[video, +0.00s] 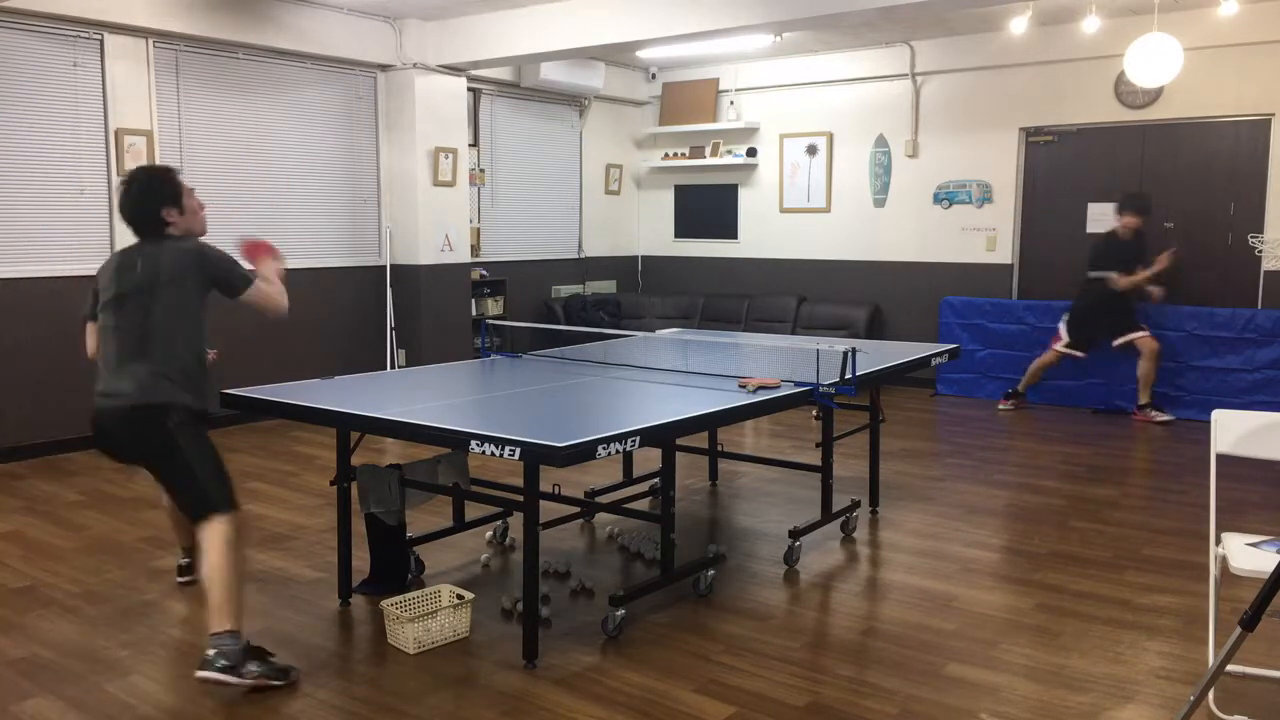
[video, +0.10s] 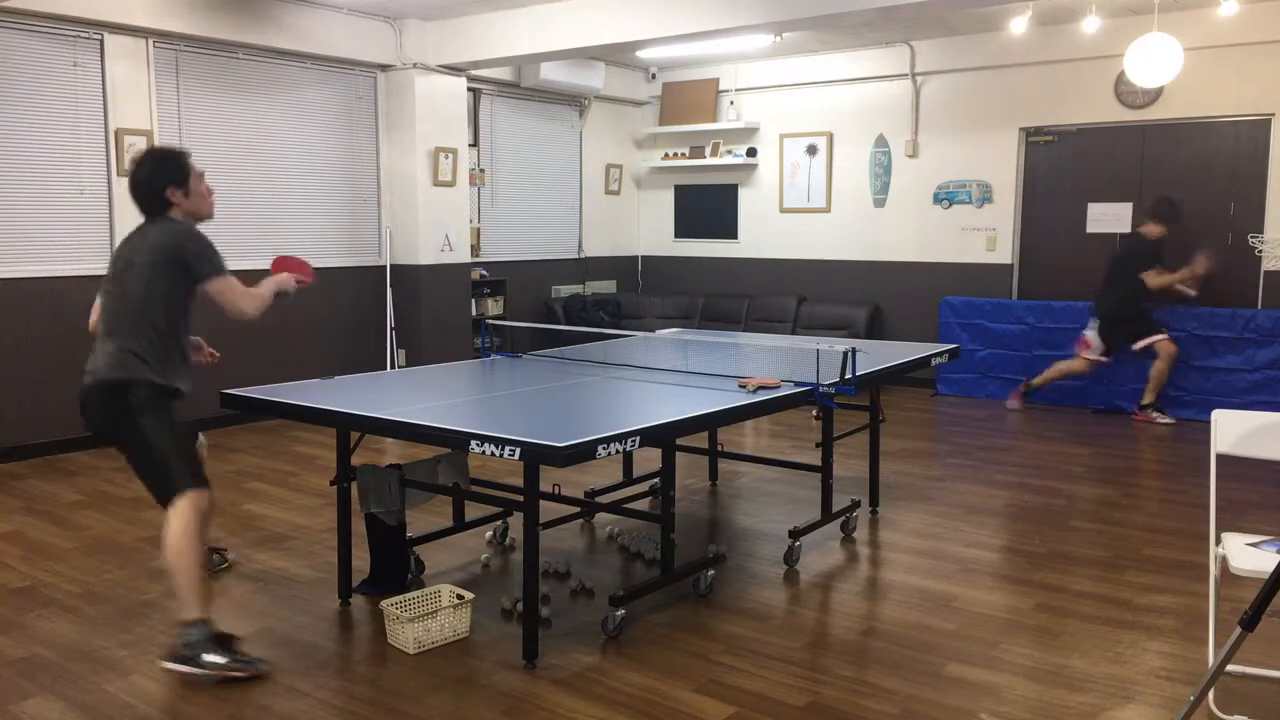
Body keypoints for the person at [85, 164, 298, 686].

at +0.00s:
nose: (201, 205)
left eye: (196, 196)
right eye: (192, 199)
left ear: (145, 219)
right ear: (170, 215)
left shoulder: (112, 267)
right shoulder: (196, 254)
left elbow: (95, 348)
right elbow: (275, 304)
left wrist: (183, 355)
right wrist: (273, 272)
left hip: (112, 414)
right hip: (165, 410)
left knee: (176, 475)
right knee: (217, 513)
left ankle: (188, 556)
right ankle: (225, 645)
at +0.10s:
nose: (210, 187)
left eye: (205, 179)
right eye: (201, 181)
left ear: (163, 197)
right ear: (176, 195)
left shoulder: (132, 242)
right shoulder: (186, 239)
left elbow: (100, 321)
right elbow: (247, 306)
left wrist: (178, 344)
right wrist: (277, 282)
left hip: (103, 387)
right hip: (137, 387)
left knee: (190, 451)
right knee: (189, 495)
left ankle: (190, 548)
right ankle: (196, 636)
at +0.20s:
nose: (211, 165)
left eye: (206, 156)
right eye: (201, 158)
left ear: (165, 172)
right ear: (174, 170)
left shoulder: (137, 217)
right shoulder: (160, 217)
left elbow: (94, 288)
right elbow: (202, 292)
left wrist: (163, 331)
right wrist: (254, 271)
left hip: (125, 367)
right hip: (110, 371)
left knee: (180, 461)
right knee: (167, 481)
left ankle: (192, 551)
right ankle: (118, 623)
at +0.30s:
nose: (205, 156)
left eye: (200, 147)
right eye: (196, 149)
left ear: (159, 160)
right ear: (167, 159)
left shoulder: (130, 203)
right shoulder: (149, 207)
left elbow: (88, 277)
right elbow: (166, 293)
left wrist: (152, 315)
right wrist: (237, 273)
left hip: (110, 367)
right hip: (95, 371)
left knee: (166, 453)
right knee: (133, 490)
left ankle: (177, 545)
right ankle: (45, 619)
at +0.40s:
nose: (197, 173)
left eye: (193, 162)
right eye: (188, 165)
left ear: (155, 176)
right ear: (159, 176)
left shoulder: (136, 222)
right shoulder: (136, 229)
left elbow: (106, 298)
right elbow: (142, 320)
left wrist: (157, 321)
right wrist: (221, 298)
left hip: (105, 381)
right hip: (71, 387)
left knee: (167, 454)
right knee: (111, 505)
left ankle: (138, 543)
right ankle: (29, 633)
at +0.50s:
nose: (191, 193)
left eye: (187, 183)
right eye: (182, 185)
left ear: (153, 199)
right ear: (152, 199)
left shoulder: (143, 250)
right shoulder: (121, 253)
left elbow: (126, 330)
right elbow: (122, 344)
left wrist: (173, 345)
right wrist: (203, 328)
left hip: (102, 393)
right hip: (65, 399)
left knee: (162, 468)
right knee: (114, 508)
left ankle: (117, 549)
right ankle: (28, 636)